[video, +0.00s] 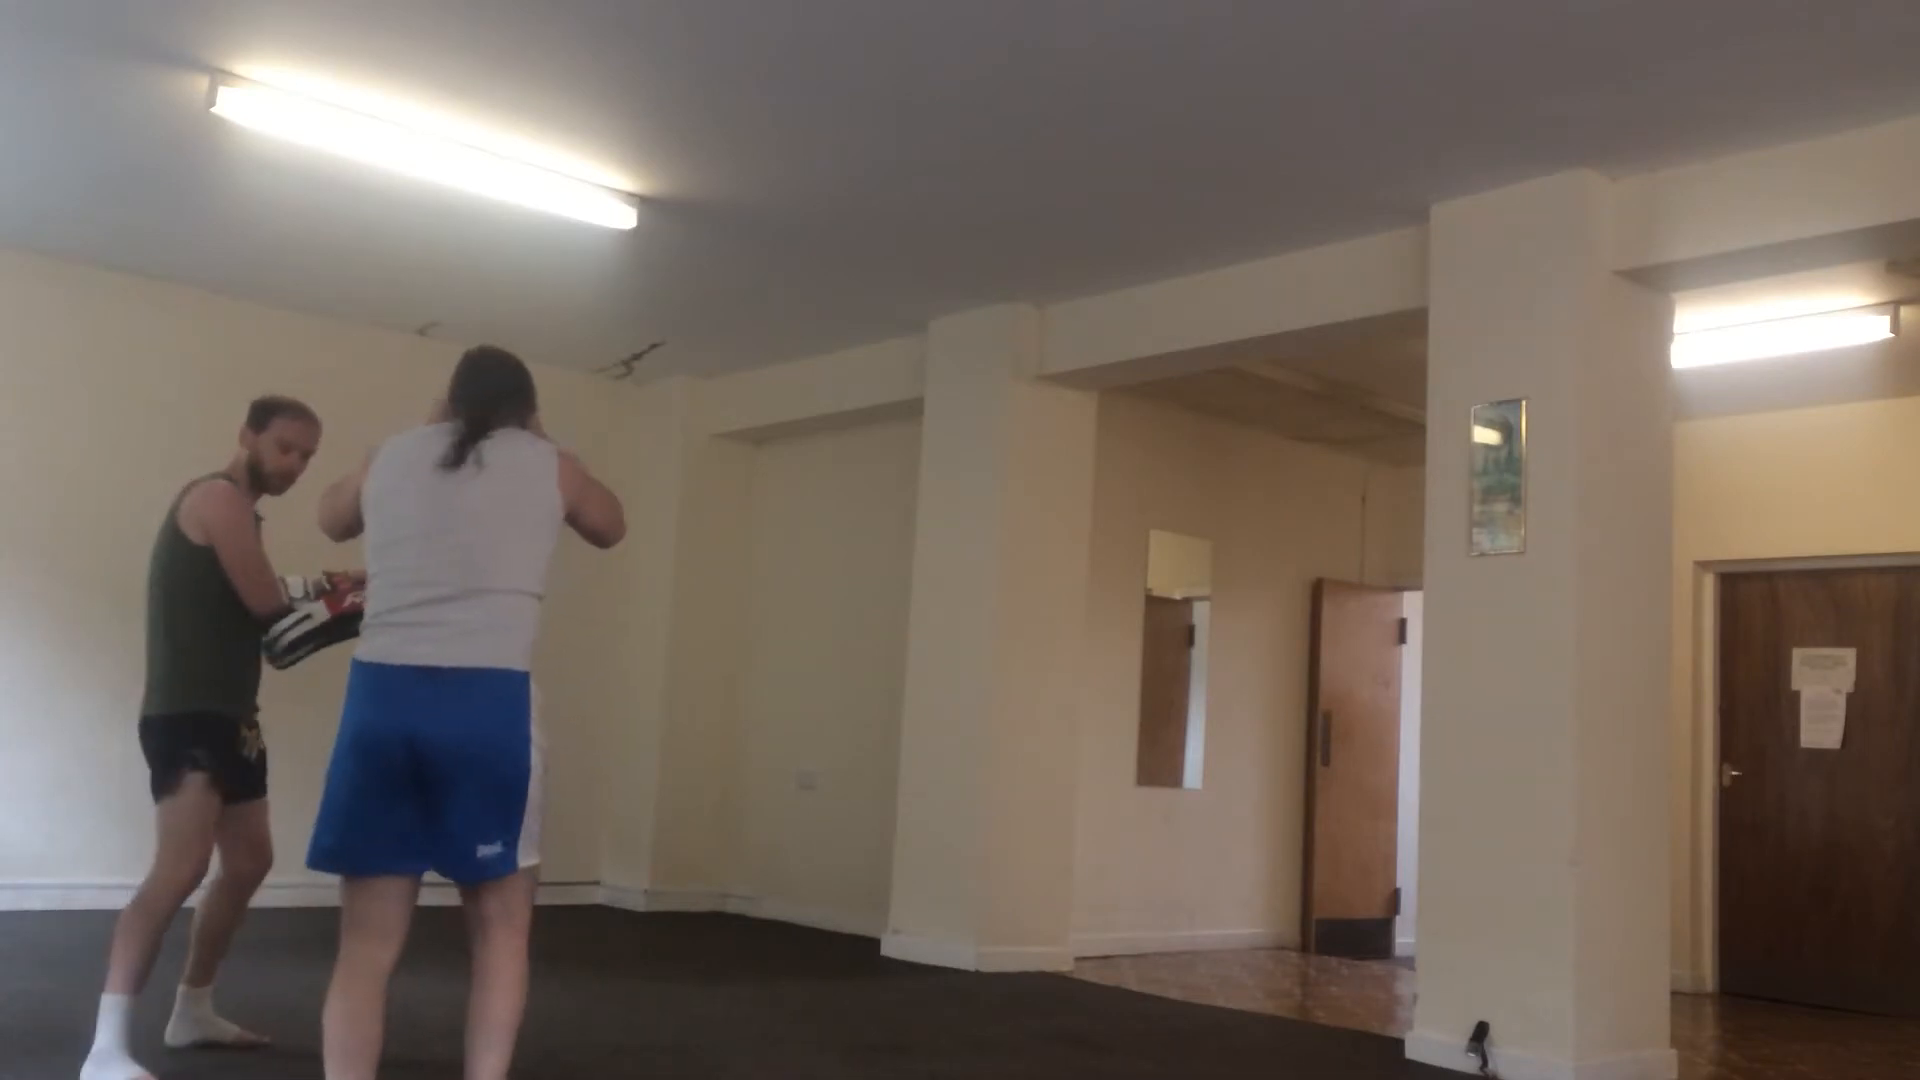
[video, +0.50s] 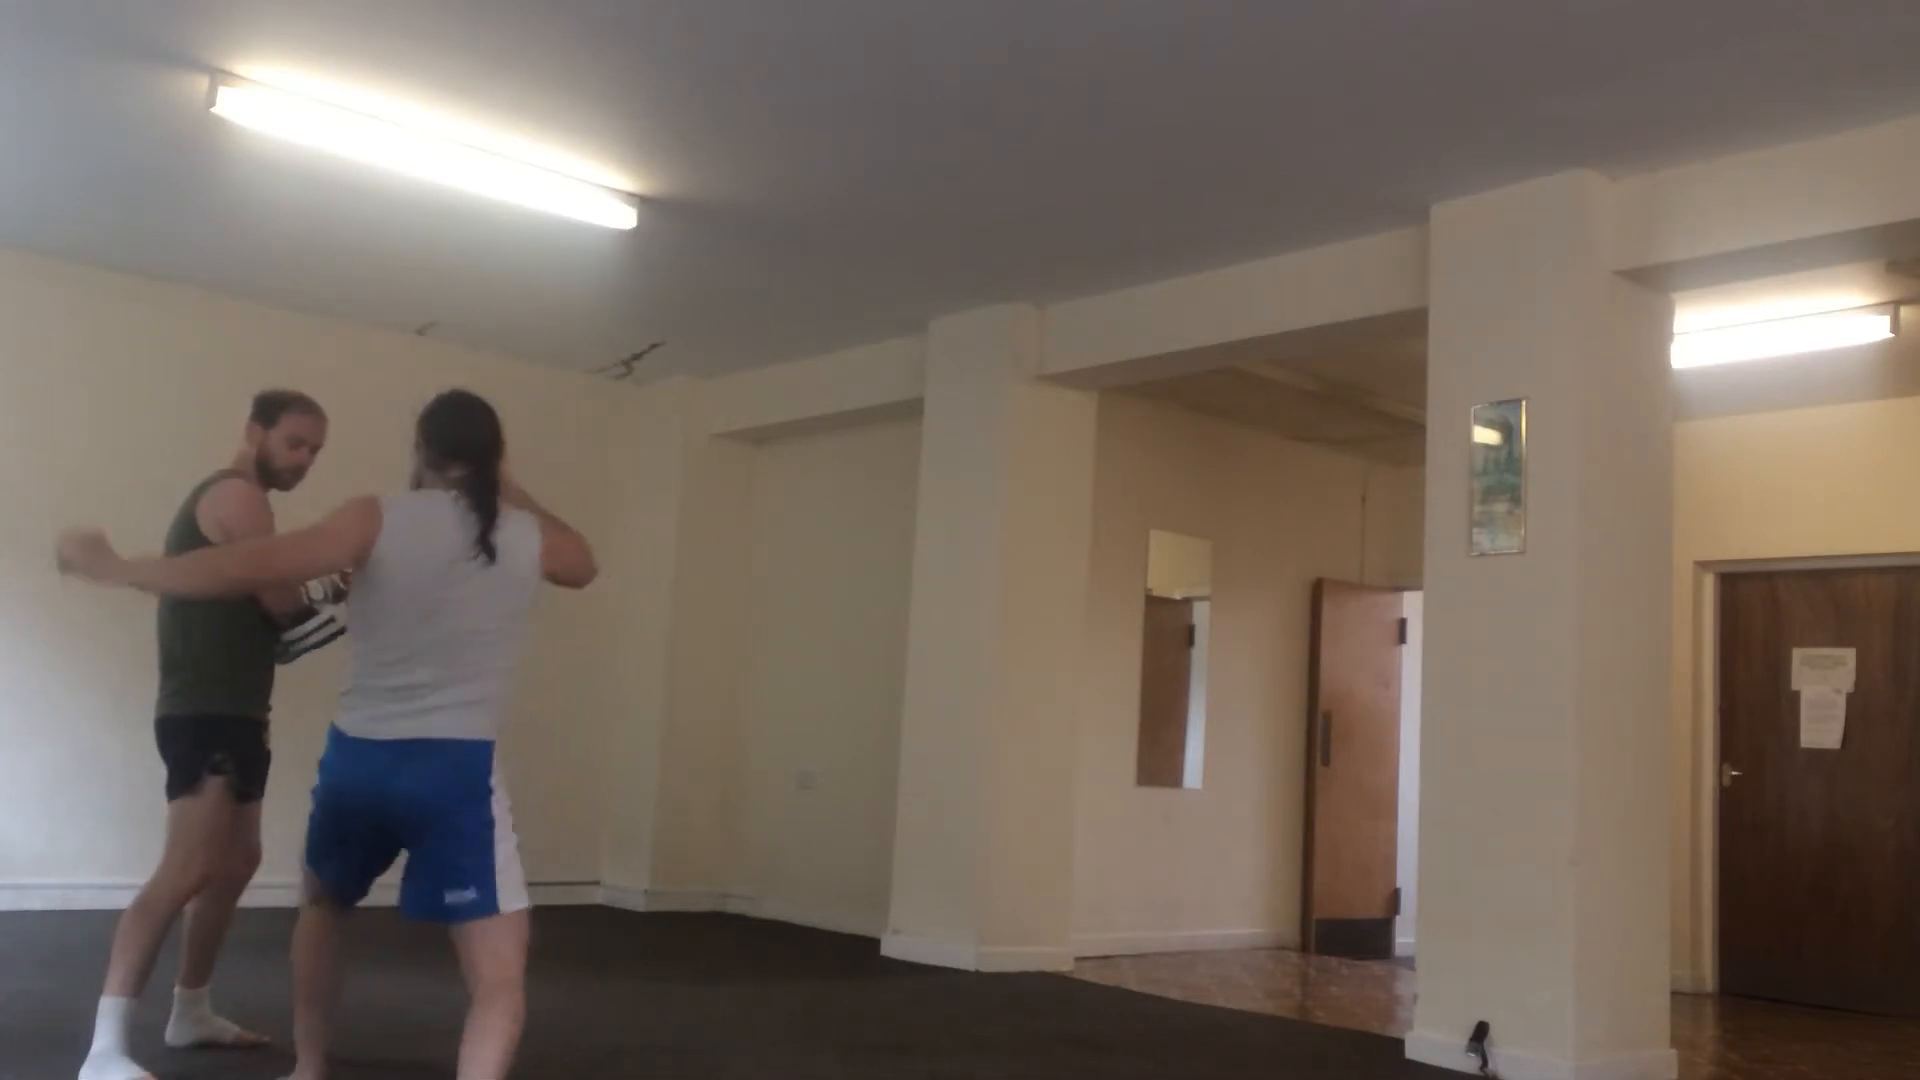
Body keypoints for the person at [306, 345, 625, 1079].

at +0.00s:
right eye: (535, 411)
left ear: (450, 398)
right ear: (527, 408)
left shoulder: (393, 456)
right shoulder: (548, 464)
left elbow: (333, 515)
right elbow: (610, 526)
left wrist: (410, 457)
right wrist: (555, 462)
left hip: (381, 710)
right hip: (488, 713)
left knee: (367, 940)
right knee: (500, 930)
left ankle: (346, 1075)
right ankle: (484, 1072)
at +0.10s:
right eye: (536, 413)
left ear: (454, 406)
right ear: (529, 413)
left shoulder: (400, 460)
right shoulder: (547, 469)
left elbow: (337, 513)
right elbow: (617, 522)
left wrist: (408, 479)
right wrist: (555, 447)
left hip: (378, 711)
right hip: (486, 715)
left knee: (366, 944)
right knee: (502, 939)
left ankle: (347, 1075)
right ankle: (478, 1074)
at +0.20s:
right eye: (541, 425)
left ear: (459, 427)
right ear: (535, 431)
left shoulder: (402, 483)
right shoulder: (557, 492)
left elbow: (321, 505)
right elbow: (629, 528)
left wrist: (408, 481)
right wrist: (560, 451)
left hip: (378, 730)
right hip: (485, 736)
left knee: (365, 946)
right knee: (509, 950)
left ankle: (345, 1073)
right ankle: (478, 1075)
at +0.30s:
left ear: (466, 454)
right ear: (542, 461)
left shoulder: (406, 510)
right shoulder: (560, 521)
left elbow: (285, 533)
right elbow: (642, 546)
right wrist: (571, 472)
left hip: (373, 757)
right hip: (479, 765)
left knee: (355, 924)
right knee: (525, 963)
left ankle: (314, 1072)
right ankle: (489, 1076)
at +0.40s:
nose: (451, 464)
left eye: (454, 455)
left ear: (454, 460)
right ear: (528, 466)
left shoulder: (395, 519)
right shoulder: (556, 533)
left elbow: (264, 560)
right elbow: (623, 558)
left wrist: (151, 583)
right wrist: (554, 484)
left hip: (364, 762)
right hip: (466, 775)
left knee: (340, 912)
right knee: (523, 975)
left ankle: (302, 1069)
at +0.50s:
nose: (409, 457)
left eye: (414, 447)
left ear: (422, 453)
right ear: (493, 459)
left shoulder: (375, 520)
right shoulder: (526, 535)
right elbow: (582, 566)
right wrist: (508, 492)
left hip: (358, 766)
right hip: (459, 776)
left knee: (323, 910)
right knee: (498, 986)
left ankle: (310, 1066)